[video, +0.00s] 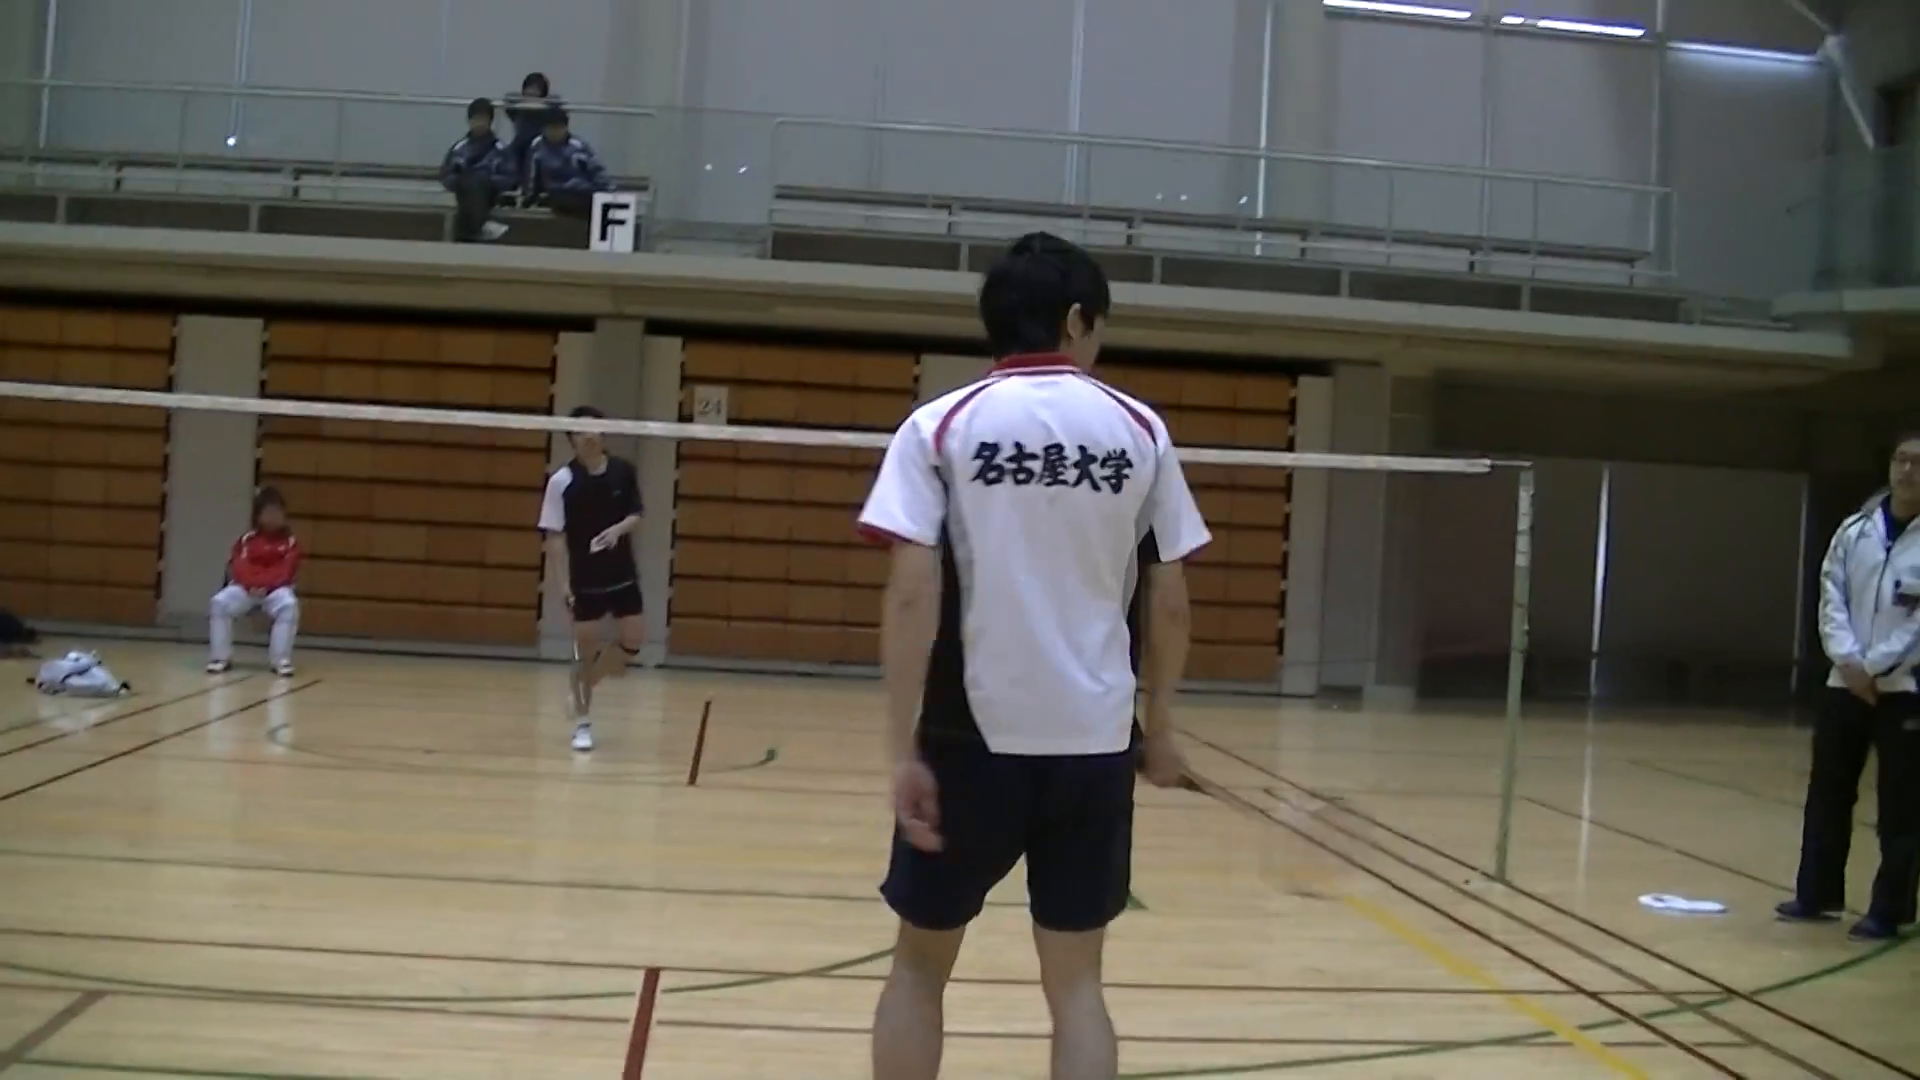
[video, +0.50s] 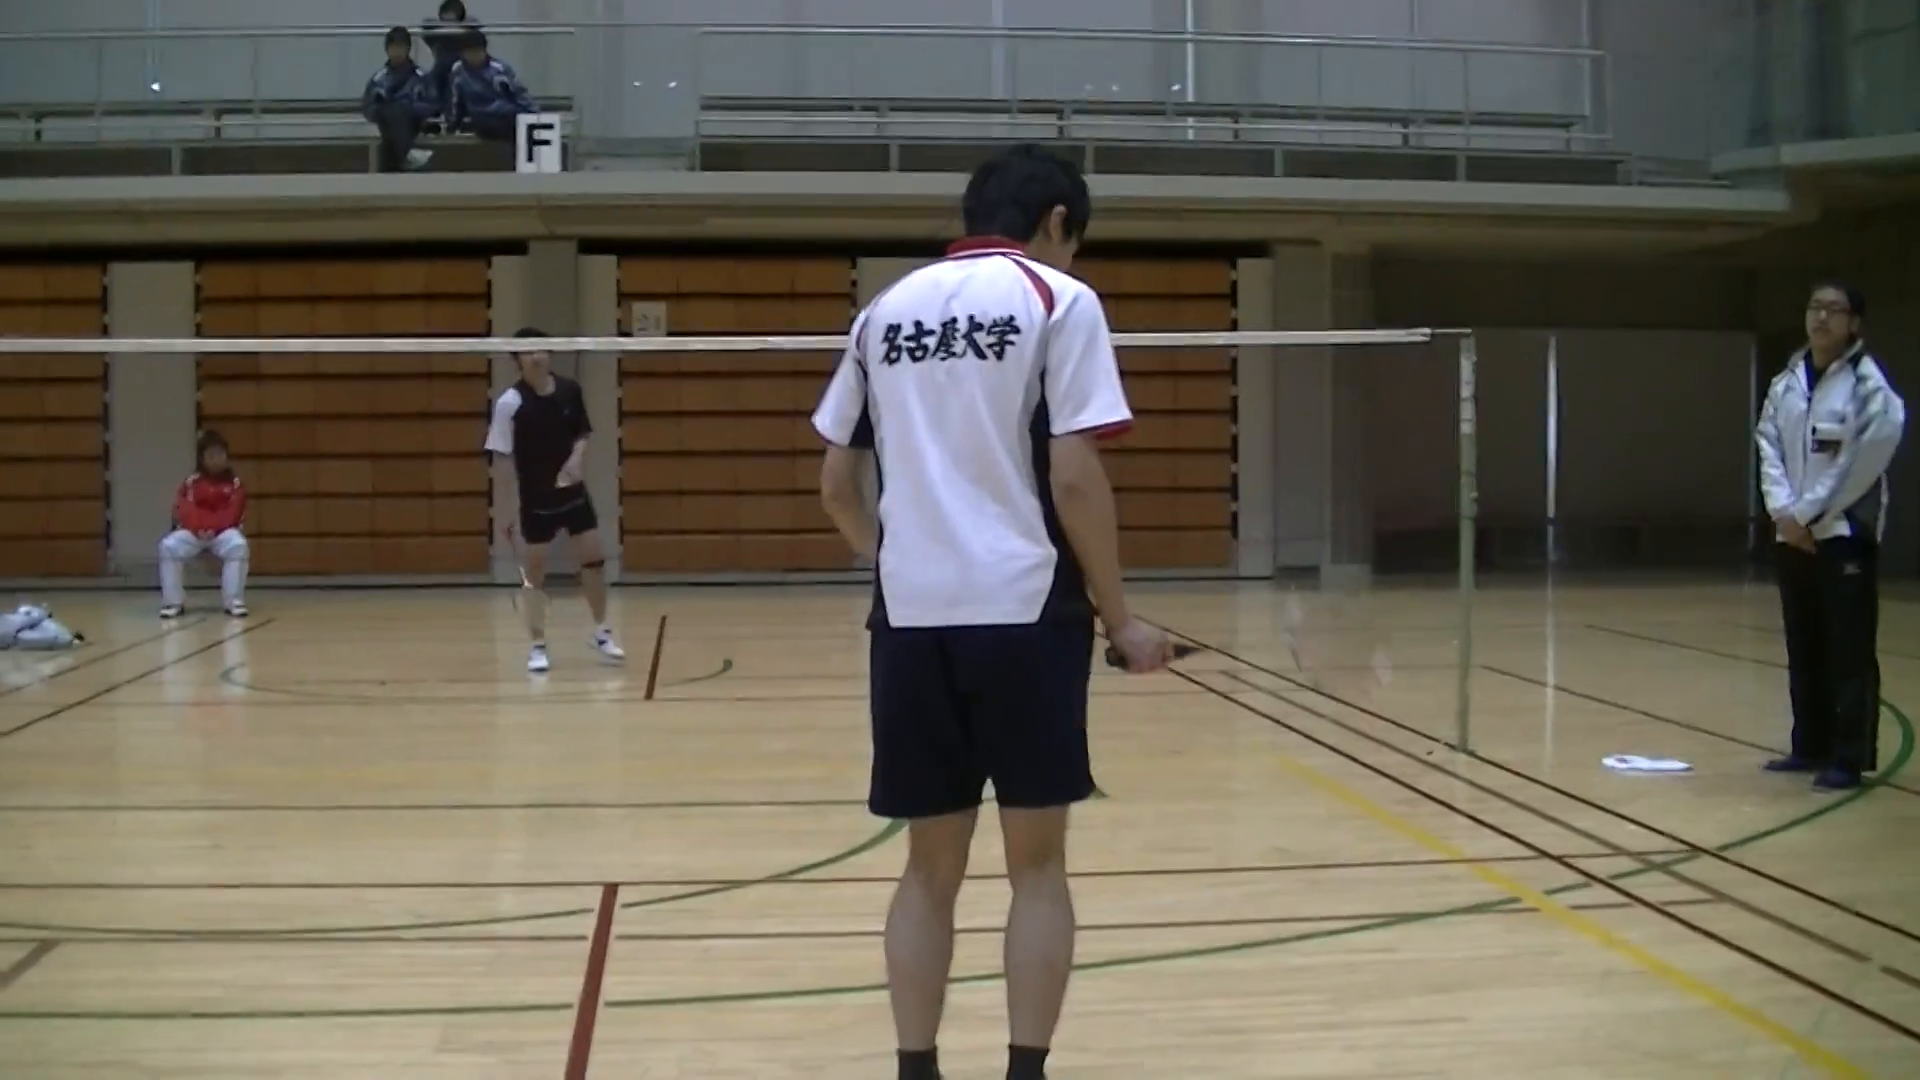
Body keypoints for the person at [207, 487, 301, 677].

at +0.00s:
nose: (273, 519)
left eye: (278, 512)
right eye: (268, 513)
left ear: (284, 515)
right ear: (258, 516)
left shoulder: (289, 543)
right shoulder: (247, 540)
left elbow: (286, 572)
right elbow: (238, 566)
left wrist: (266, 585)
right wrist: (250, 584)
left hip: (275, 588)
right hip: (247, 586)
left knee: (288, 607)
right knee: (220, 603)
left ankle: (281, 659)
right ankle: (220, 658)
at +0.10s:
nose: (254, 526)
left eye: (258, 520)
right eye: (248, 521)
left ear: (263, 523)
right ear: (237, 524)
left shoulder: (268, 552)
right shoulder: (225, 549)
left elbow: (264, 580)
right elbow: (217, 576)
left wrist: (244, 593)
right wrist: (230, 591)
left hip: (254, 595)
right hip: (226, 594)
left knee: (268, 613)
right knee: (199, 611)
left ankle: (261, 667)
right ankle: (200, 666)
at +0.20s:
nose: (232, 516)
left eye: (236, 510)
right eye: (226, 511)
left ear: (242, 513)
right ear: (216, 514)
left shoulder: (248, 541)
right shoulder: (205, 539)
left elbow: (246, 569)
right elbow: (198, 565)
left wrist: (226, 583)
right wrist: (209, 582)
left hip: (235, 585)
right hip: (206, 584)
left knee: (249, 603)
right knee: (180, 601)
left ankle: (242, 655)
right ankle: (181, 656)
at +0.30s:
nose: (216, 501)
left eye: (220, 495)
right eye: (210, 496)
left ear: (226, 497)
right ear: (200, 499)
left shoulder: (234, 526)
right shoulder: (190, 524)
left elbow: (231, 555)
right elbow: (183, 552)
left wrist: (211, 568)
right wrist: (195, 567)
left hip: (220, 570)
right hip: (191, 570)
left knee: (235, 587)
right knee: (165, 586)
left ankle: (228, 640)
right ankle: (167, 641)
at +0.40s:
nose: (209, 480)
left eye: (213, 473)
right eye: (203, 475)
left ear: (219, 476)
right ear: (193, 479)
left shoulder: (227, 504)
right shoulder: (183, 503)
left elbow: (225, 533)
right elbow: (176, 529)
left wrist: (206, 547)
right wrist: (188, 546)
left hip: (214, 550)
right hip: (185, 549)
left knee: (229, 566)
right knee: (159, 566)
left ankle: (223, 620)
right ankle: (163, 621)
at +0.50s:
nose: (216, 460)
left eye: (220, 454)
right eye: (210, 455)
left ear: (226, 457)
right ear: (201, 459)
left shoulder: (233, 483)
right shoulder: (191, 483)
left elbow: (234, 514)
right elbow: (183, 510)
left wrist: (214, 528)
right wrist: (197, 526)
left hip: (222, 530)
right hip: (194, 530)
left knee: (238, 547)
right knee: (169, 547)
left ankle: (233, 600)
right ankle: (173, 603)